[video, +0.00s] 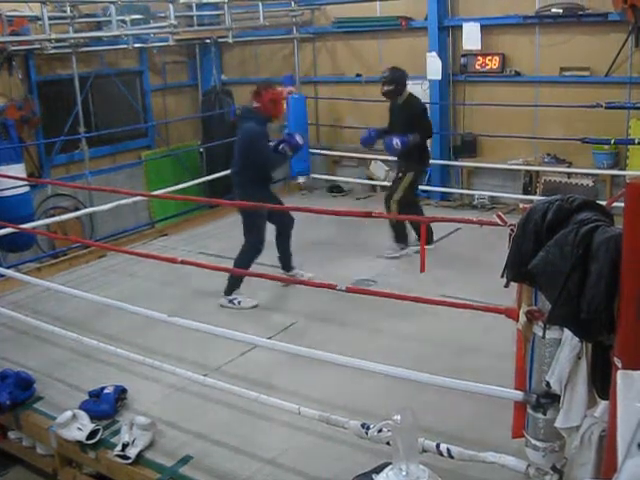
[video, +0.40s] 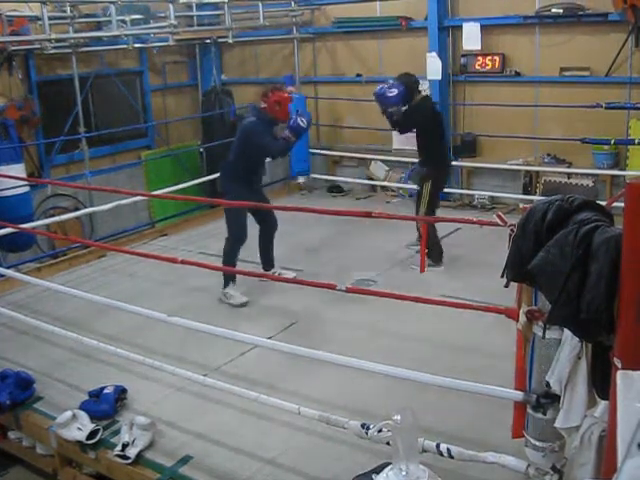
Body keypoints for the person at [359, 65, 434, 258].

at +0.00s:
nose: (384, 89)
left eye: (388, 85)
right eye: (383, 85)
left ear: (399, 85)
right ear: (388, 85)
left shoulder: (415, 105)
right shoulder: (394, 104)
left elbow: (427, 132)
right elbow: (394, 128)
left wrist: (405, 141)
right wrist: (377, 134)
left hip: (416, 161)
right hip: (403, 160)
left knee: (393, 199)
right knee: (408, 201)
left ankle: (402, 243)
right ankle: (426, 237)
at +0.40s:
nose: (400, 95)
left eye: (401, 91)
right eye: (398, 91)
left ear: (408, 90)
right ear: (414, 87)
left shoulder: (422, 107)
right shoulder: (419, 105)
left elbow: (403, 127)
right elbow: (402, 126)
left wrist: (390, 111)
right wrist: (390, 110)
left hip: (435, 166)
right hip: (431, 164)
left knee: (424, 213)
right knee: (423, 209)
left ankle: (434, 256)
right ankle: (426, 243)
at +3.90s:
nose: (298, 140)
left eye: (300, 136)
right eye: (296, 135)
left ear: (282, 128)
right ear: (285, 133)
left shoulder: (277, 137)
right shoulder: (263, 150)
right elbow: (296, 169)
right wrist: (312, 153)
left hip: (280, 191)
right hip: (261, 198)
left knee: (307, 220)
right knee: (270, 250)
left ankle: (318, 251)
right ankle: (241, 281)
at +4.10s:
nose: (305, 142)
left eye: (307, 139)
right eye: (303, 138)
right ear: (295, 133)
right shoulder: (271, 147)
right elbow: (305, 165)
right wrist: (322, 144)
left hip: (280, 196)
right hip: (260, 200)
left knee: (306, 229)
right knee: (272, 251)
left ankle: (320, 267)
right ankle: (241, 281)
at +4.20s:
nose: (318, 133)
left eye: (320, 129)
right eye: (316, 129)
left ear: (296, 125)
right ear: (306, 131)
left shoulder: (284, 134)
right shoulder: (291, 149)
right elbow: (321, 163)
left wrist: (322, 130)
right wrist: (332, 142)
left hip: (281, 200)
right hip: (263, 207)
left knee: (307, 243)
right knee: (280, 257)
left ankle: (312, 282)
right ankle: (241, 276)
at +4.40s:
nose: (324, 135)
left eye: (325, 131)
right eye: (322, 131)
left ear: (301, 128)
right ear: (311, 133)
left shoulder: (293, 142)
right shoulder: (296, 151)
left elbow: (319, 167)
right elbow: (323, 172)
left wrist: (333, 146)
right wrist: (337, 150)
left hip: (279, 210)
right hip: (264, 213)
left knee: (308, 248)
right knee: (283, 269)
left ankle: (314, 286)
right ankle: (251, 310)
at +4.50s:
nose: (320, 139)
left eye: (320, 134)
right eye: (318, 134)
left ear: (296, 131)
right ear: (310, 136)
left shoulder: (289, 148)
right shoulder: (293, 154)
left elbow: (318, 171)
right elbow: (322, 174)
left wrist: (331, 149)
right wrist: (334, 150)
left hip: (278, 218)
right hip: (266, 222)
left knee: (307, 249)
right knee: (278, 279)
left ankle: (313, 284)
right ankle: (243, 327)